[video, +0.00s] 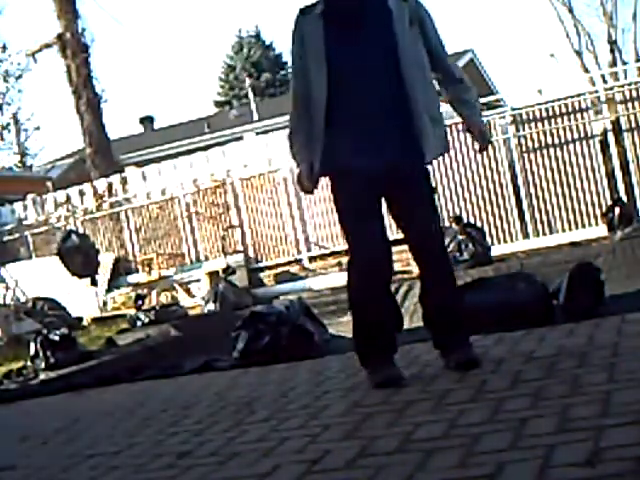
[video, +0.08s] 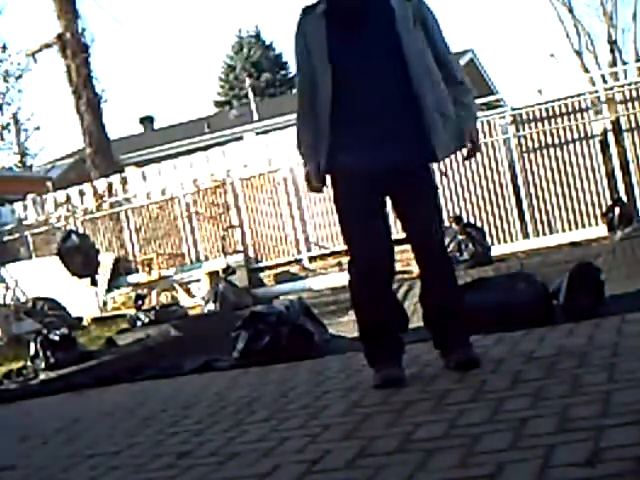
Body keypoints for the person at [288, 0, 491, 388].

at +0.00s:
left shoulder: (405, 8)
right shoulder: (309, 20)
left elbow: (443, 67)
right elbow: (302, 96)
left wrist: (473, 117)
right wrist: (304, 158)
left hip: (404, 155)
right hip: (348, 164)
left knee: (432, 253)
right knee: (369, 261)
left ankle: (455, 345)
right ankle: (378, 360)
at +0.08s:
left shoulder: (408, 7)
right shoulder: (311, 21)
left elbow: (445, 64)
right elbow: (308, 95)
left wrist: (466, 117)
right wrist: (311, 158)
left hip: (408, 154)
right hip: (350, 165)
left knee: (433, 255)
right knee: (369, 265)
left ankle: (455, 346)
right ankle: (385, 361)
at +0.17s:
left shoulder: (408, 7)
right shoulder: (311, 20)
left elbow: (445, 66)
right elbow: (308, 94)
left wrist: (461, 121)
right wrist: (311, 155)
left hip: (408, 154)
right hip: (350, 165)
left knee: (433, 255)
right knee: (368, 266)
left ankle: (455, 346)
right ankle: (387, 361)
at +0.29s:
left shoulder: (402, 7)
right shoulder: (306, 21)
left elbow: (434, 71)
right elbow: (303, 94)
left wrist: (444, 128)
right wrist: (308, 155)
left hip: (406, 156)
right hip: (346, 166)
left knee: (431, 256)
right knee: (365, 268)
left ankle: (455, 346)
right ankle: (385, 361)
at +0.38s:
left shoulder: (395, 8)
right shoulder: (300, 22)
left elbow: (428, 75)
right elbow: (294, 98)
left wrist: (436, 128)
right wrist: (296, 163)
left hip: (399, 159)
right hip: (342, 171)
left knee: (426, 257)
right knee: (361, 269)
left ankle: (453, 345)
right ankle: (384, 362)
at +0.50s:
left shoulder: (389, 11)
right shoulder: (295, 30)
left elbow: (423, 74)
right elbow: (287, 104)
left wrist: (435, 123)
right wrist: (283, 169)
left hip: (394, 162)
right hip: (338, 174)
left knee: (422, 257)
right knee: (357, 271)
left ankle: (445, 344)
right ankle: (385, 362)